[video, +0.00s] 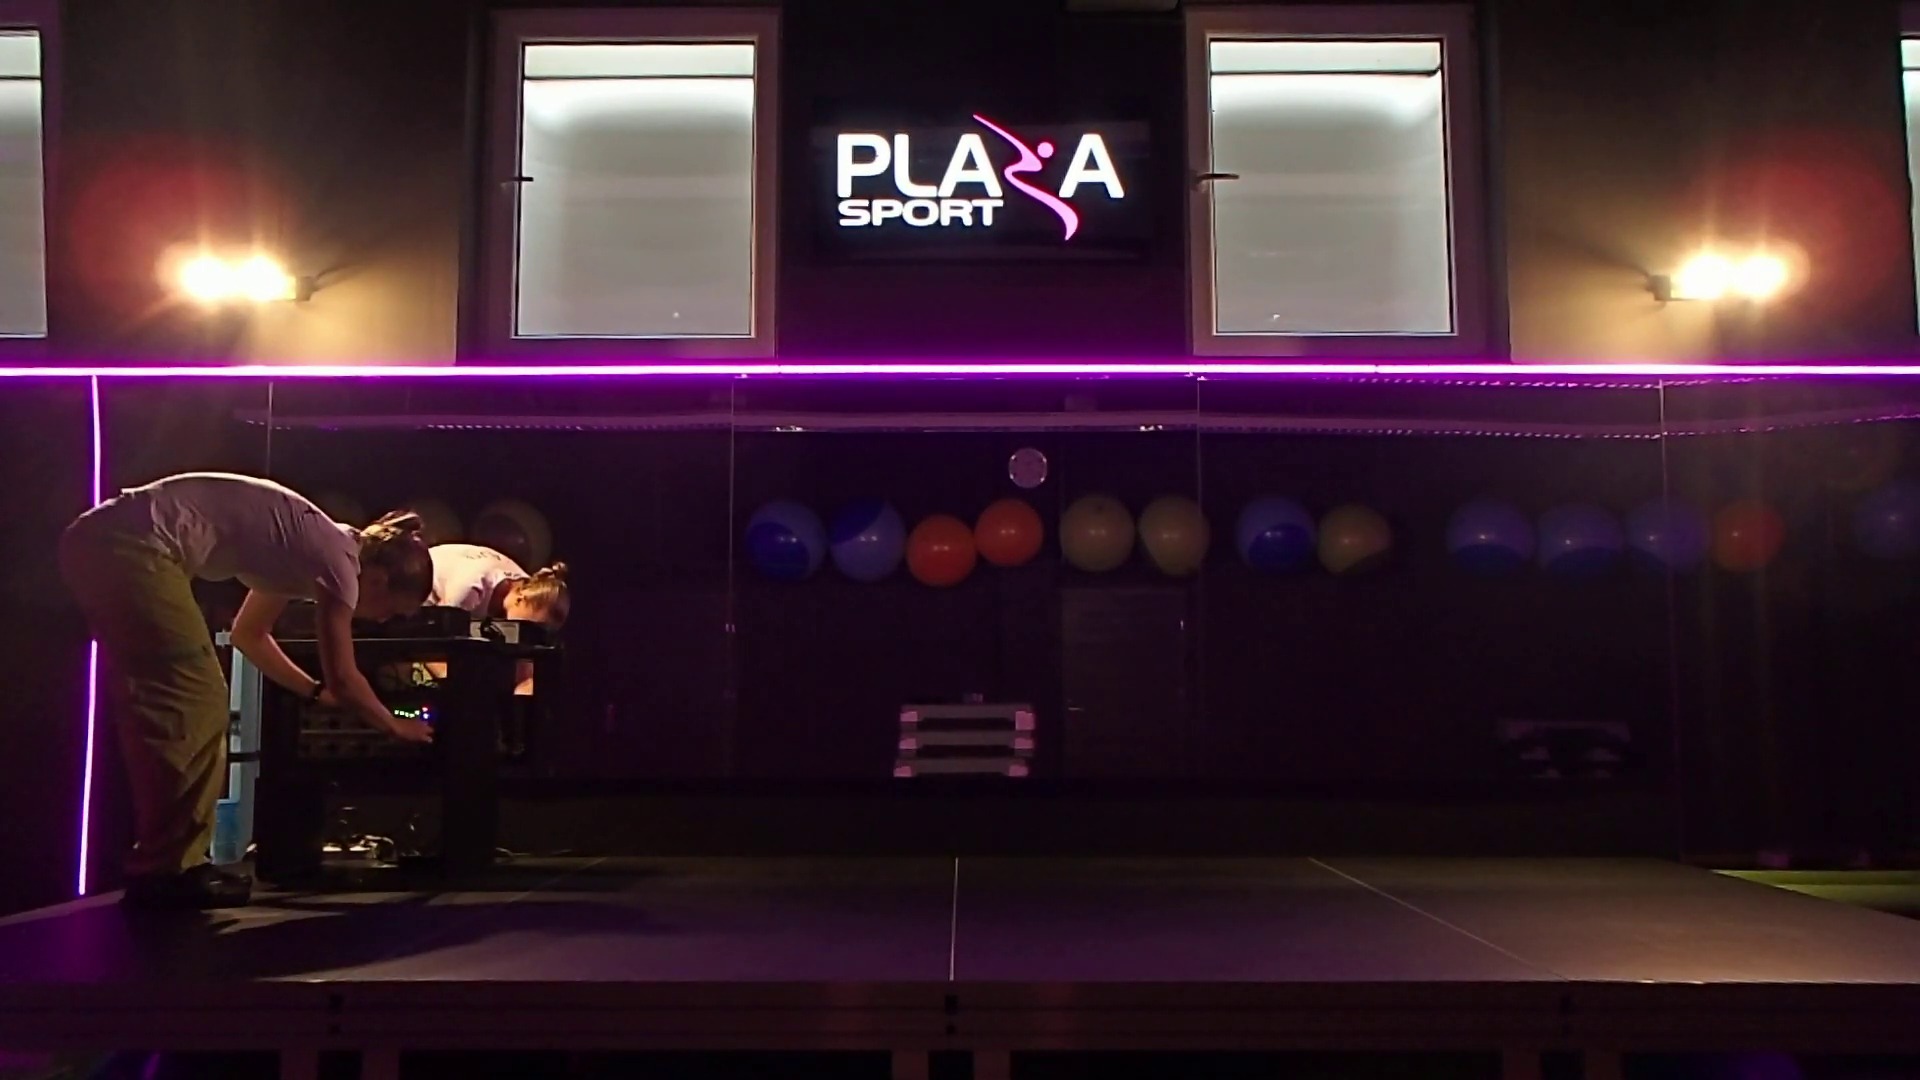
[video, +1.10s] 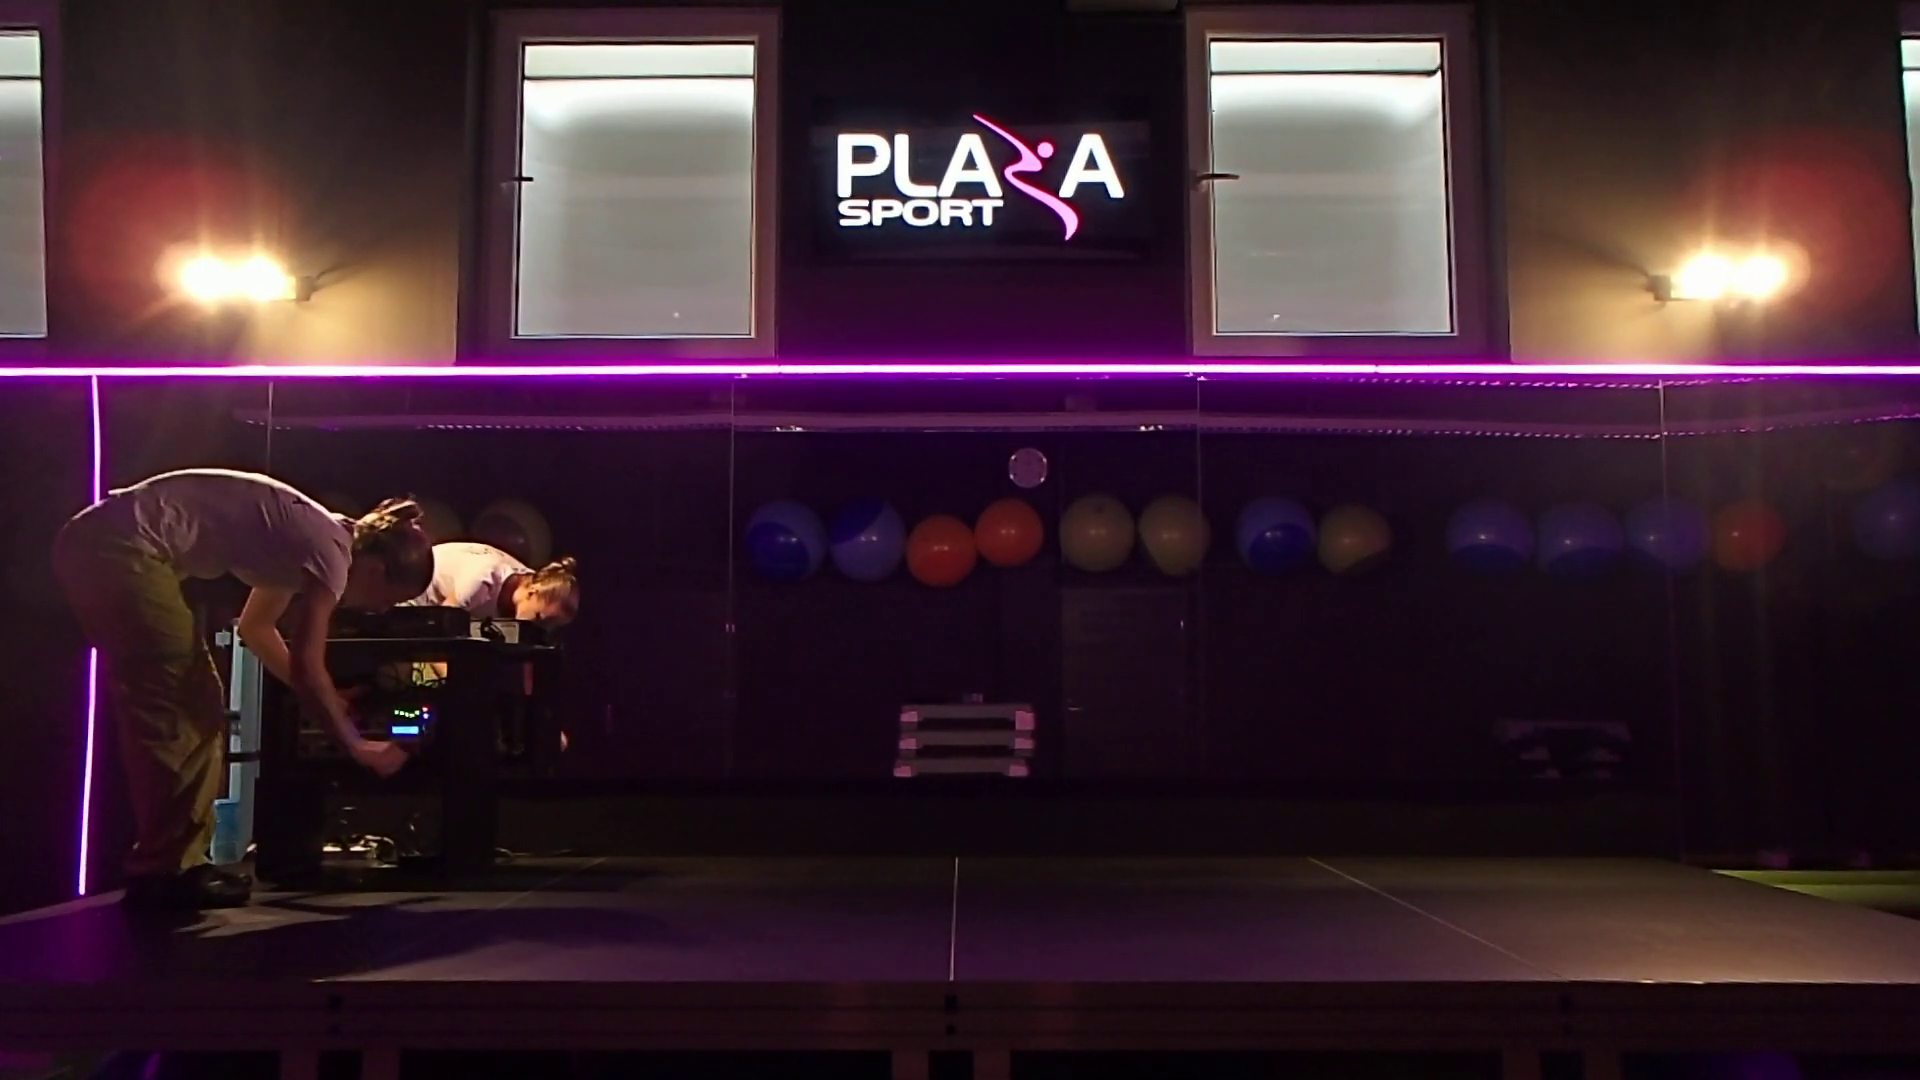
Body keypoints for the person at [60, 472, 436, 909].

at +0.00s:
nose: (380, 619)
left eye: (391, 615)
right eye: (390, 609)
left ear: (379, 571)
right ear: (380, 576)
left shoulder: (297, 552)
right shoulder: (338, 555)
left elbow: (248, 634)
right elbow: (342, 675)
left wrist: (314, 691)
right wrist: (394, 725)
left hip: (115, 543)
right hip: (132, 547)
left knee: (188, 697)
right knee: (197, 697)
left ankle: (168, 866)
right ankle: (169, 869)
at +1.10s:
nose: (379, 608)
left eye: (390, 604)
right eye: (387, 598)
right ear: (376, 567)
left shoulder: (307, 536)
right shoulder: (330, 549)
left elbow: (255, 627)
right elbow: (309, 665)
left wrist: (320, 692)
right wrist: (356, 745)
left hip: (136, 551)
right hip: (121, 549)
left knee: (202, 707)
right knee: (171, 708)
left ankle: (181, 864)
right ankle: (165, 871)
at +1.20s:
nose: (377, 605)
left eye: (388, 600)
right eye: (385, 595)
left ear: (371, 555)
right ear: (374, 563)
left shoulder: (309, 529)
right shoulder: (324, 546)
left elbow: (254, 627)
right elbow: (283, 659)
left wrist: (311, 687)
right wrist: (310, 760)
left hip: (116, 551)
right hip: (118, 554)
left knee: (181, 698)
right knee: (187, 701)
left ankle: (175, 866)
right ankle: (168, 872)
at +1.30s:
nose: (380, 594)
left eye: (390, 588)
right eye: (387, 584)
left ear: (368, 545)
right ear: (372, 552)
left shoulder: (317, 531)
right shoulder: (314, 544)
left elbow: (264, 627)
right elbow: (252, 640)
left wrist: (314, 689)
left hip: (130, 555)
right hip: (118, 555)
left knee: (185, 697)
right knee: (182, 699)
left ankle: (174, 865)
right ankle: (169, 870)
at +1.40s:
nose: (384, 573)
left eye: (394, 565)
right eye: (391, 561)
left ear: (371, 517)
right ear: (375, 528)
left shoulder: (314, 535)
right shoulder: (298, 527)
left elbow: (271, 614)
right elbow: (218, 603)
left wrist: (317, 685)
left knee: (210, 700)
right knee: (181, 706)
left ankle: (191, 861)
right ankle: (160, 872)